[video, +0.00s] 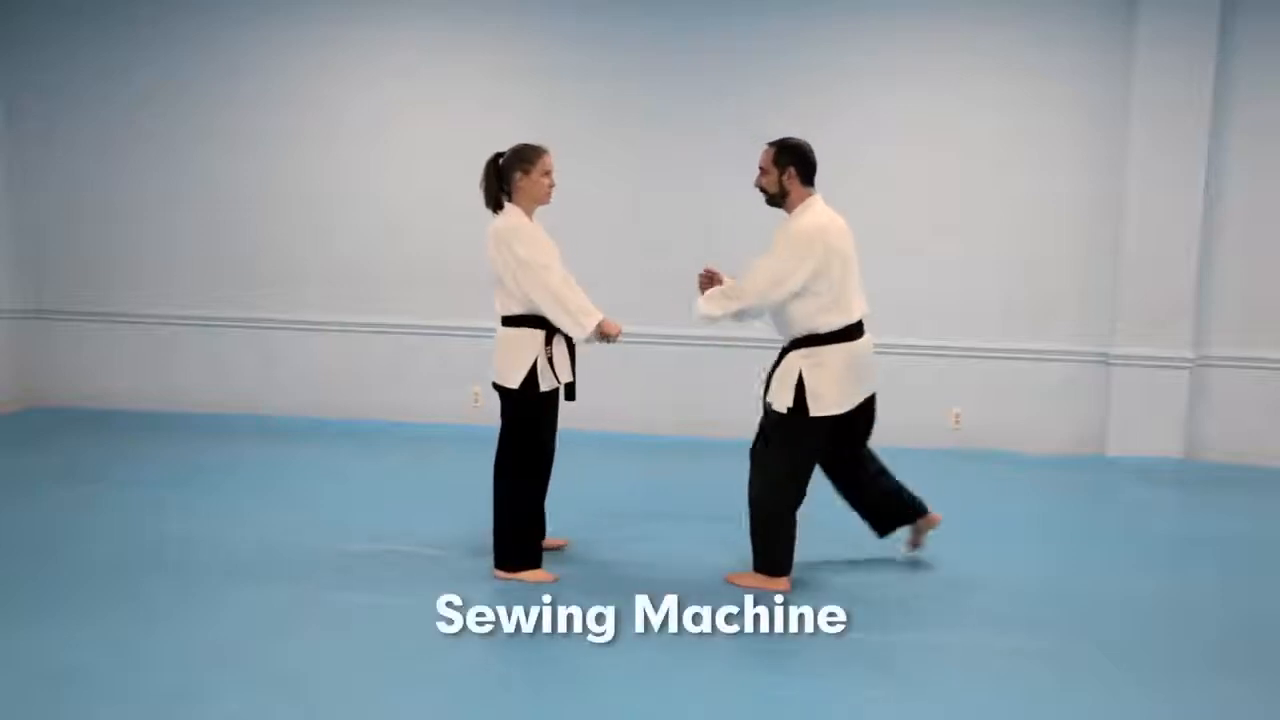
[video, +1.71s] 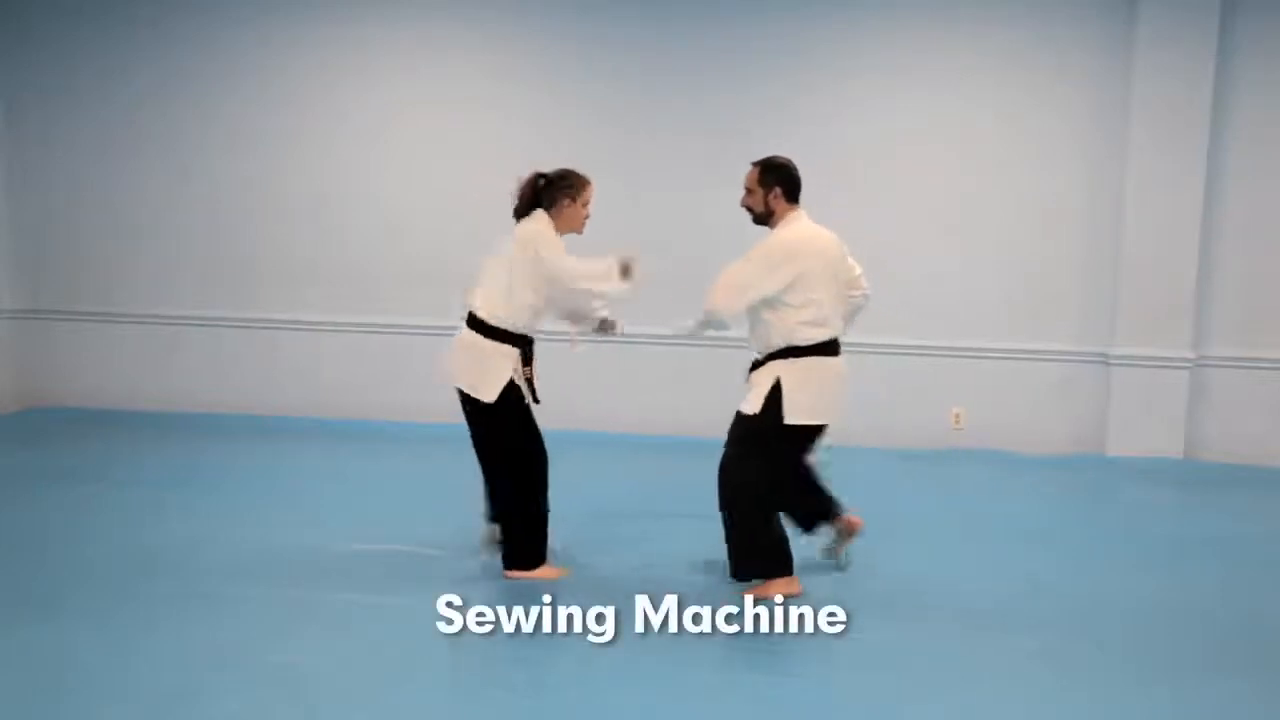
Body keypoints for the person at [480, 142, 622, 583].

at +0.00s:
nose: (552, 183)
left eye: (552, 175)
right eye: (545, 175)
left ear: (524, 182)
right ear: (518, 180)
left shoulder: (527, 226)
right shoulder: (512, 228)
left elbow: (558, 280)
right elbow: (546, 285)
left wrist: (594, 319)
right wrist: (593, 322)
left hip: (541, 352)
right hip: (526, 354)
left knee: (536, 452)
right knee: (522, 457)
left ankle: (529, 537)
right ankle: (513, 561)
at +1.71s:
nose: (589, 215)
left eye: (589, 206)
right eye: (585, 206)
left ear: (558, 204)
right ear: (564, 204)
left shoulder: (529, 233)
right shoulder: (540, 235)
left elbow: (554, 295)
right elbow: (564, 278)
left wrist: (594, 317)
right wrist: (615, 271)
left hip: (480, 360)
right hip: (493, 366)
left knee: (508, 457)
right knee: (529, 459)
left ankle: (516, 549)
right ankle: (524, 562)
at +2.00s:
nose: (538, 224)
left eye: (537, 216)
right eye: (533, 216)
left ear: (511, 217)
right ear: (511, 218)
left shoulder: (512, 260)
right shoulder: (476, 248)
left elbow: (500, 334)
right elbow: (462, 228)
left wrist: (510, 392)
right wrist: (476, 195)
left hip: (439, 376)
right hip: (464, 382)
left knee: (391, 459)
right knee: (532, 466)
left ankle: (315, 521)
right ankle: (527, 563)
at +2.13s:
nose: (495, 230)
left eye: (495, 222)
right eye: (493, 222)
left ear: (449, 223)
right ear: (478, 224)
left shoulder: (414, 265)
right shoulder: (475, 263)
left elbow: (395, 321)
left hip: (400, 393)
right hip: (455, 398)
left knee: (354, 466)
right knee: (527, 458)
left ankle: (306, 547)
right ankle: (527, 553)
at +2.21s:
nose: (473, 229)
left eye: (469, 221)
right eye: (466, 224)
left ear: (415, 233)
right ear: (451, 233)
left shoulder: (383, 275)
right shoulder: (470, 273)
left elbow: (341, 305)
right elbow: (506, 286)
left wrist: (380, 329)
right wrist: (485, 247)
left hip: (392, 402)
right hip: (454, 404)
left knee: (336, 457)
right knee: (523, 459)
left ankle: (305, 548)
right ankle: (534, 551)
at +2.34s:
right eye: (441, 238)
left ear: (398, 243)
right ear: (440, 242)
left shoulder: (384, 284)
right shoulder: (465, 284)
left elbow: (368, 334)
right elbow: (517, 300)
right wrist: (508, 259)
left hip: (393, 413)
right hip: (454, 415)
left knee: (321, 453)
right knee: (524, 468)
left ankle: (294, 549)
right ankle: (542, 562)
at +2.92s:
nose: (447, 228)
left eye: (444, 220)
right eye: (443, 222)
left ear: (405, 228)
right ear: (425, 227)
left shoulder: (379, 267)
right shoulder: (446, 267)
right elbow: (470, 293)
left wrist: (466, 260)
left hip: (377, 396)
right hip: (437, 400)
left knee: (322, 455)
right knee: (506, 464)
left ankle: (296, 549)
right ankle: (538, 562)